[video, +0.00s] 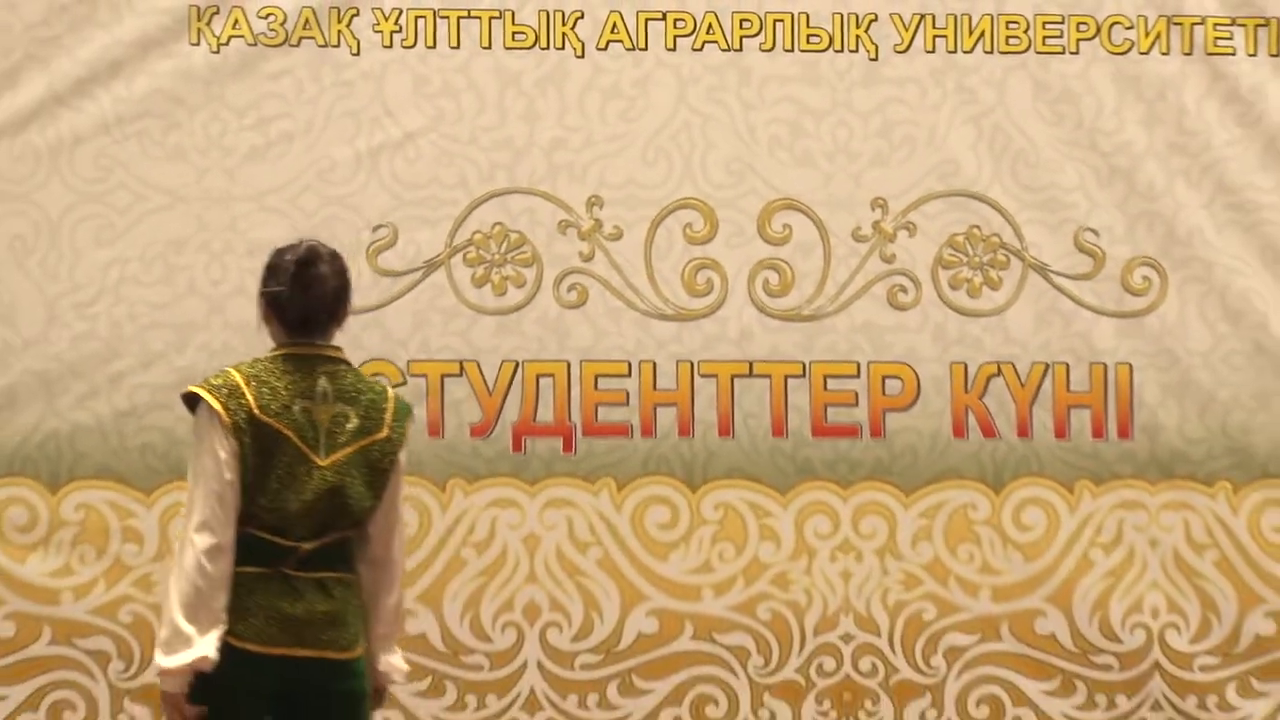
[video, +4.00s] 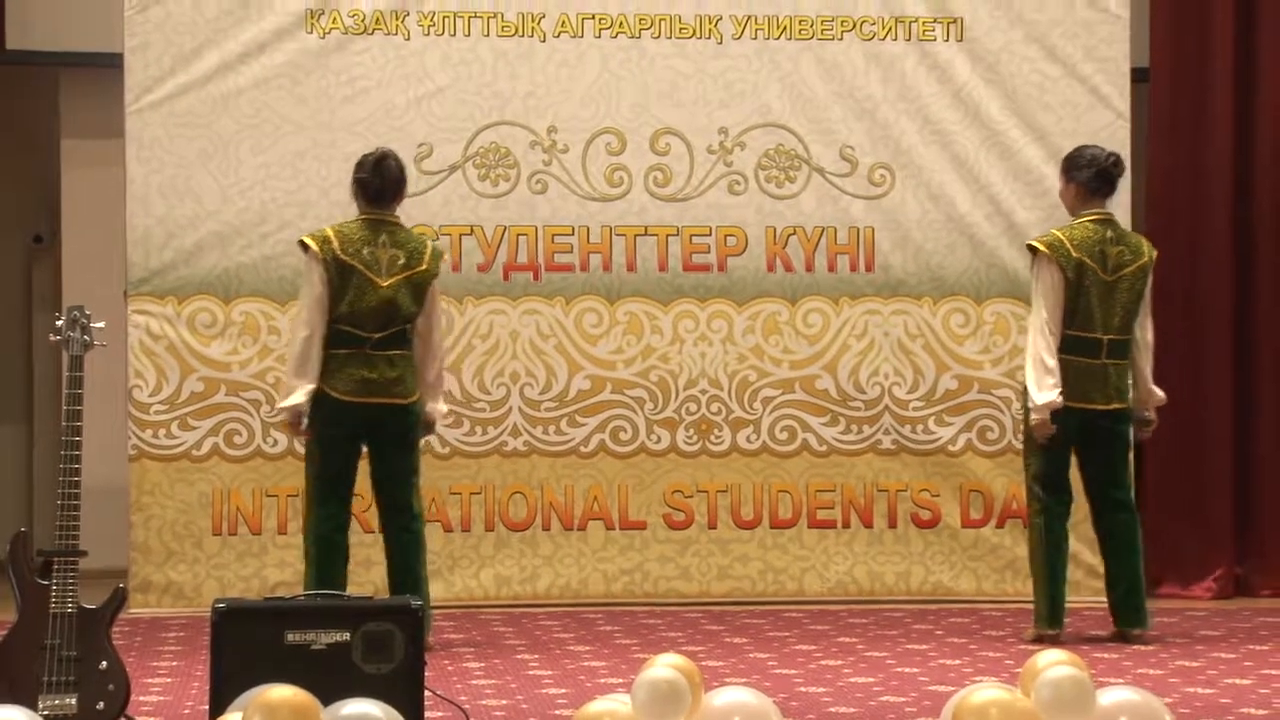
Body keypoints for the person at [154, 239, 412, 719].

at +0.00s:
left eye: (261, 300)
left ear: (266, 310)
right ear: (344, 312)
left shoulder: (229, 398)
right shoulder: (383, 409)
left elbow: (210, 539)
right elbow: (382, 546)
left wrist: (178, 665)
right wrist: (381, 659)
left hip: (242, 660)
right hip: (338, 663)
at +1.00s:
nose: (383, 240)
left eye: (378, 231)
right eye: (381, 231)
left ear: (313, 239)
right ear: (373, 237)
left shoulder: (274, 323)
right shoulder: (413, 310)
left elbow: (264, 445)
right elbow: (440, 430)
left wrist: (258, 544)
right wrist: (468, 528)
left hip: (327, 539)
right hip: (411, 533)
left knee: (310, 691)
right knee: (422, 694)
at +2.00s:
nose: (363, 190)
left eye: (350, 180)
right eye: (390, 183)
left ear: (346, 185)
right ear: (405, 188)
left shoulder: (314, 252)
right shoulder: (433, 259)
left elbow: (292, 352)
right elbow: (444, 362)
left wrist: (277, 438)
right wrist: (449, 445)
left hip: (322, 444)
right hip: (399, 448)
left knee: (306, 584)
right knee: (412, 584)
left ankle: (300, 718)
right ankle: (430, 714)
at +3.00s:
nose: (394, 182)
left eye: (382, 175)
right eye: (394, 175)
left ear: (340, 181)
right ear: (390, 180)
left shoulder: (310, 243)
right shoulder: (418, 236)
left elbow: (300, 336)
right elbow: (435, 329)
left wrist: (296, 410)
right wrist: (455, 403)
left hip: (345, 410)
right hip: (412, 408)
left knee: (336, 528)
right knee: (419, 532)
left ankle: (317, 648)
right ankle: (416, 652)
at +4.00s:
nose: (378, 198)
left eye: (363, 189)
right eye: (390, 190)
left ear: (355, 192)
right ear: (402, 195)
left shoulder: (326, 246)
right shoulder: (426, 253)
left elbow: (311, 326)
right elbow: (430, 336)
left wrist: (299, 395)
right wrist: (430, 400)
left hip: (336, 404)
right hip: (398, 406)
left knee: (327, 517)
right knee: (403, 517)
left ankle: (322, 623)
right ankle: (412, 622)